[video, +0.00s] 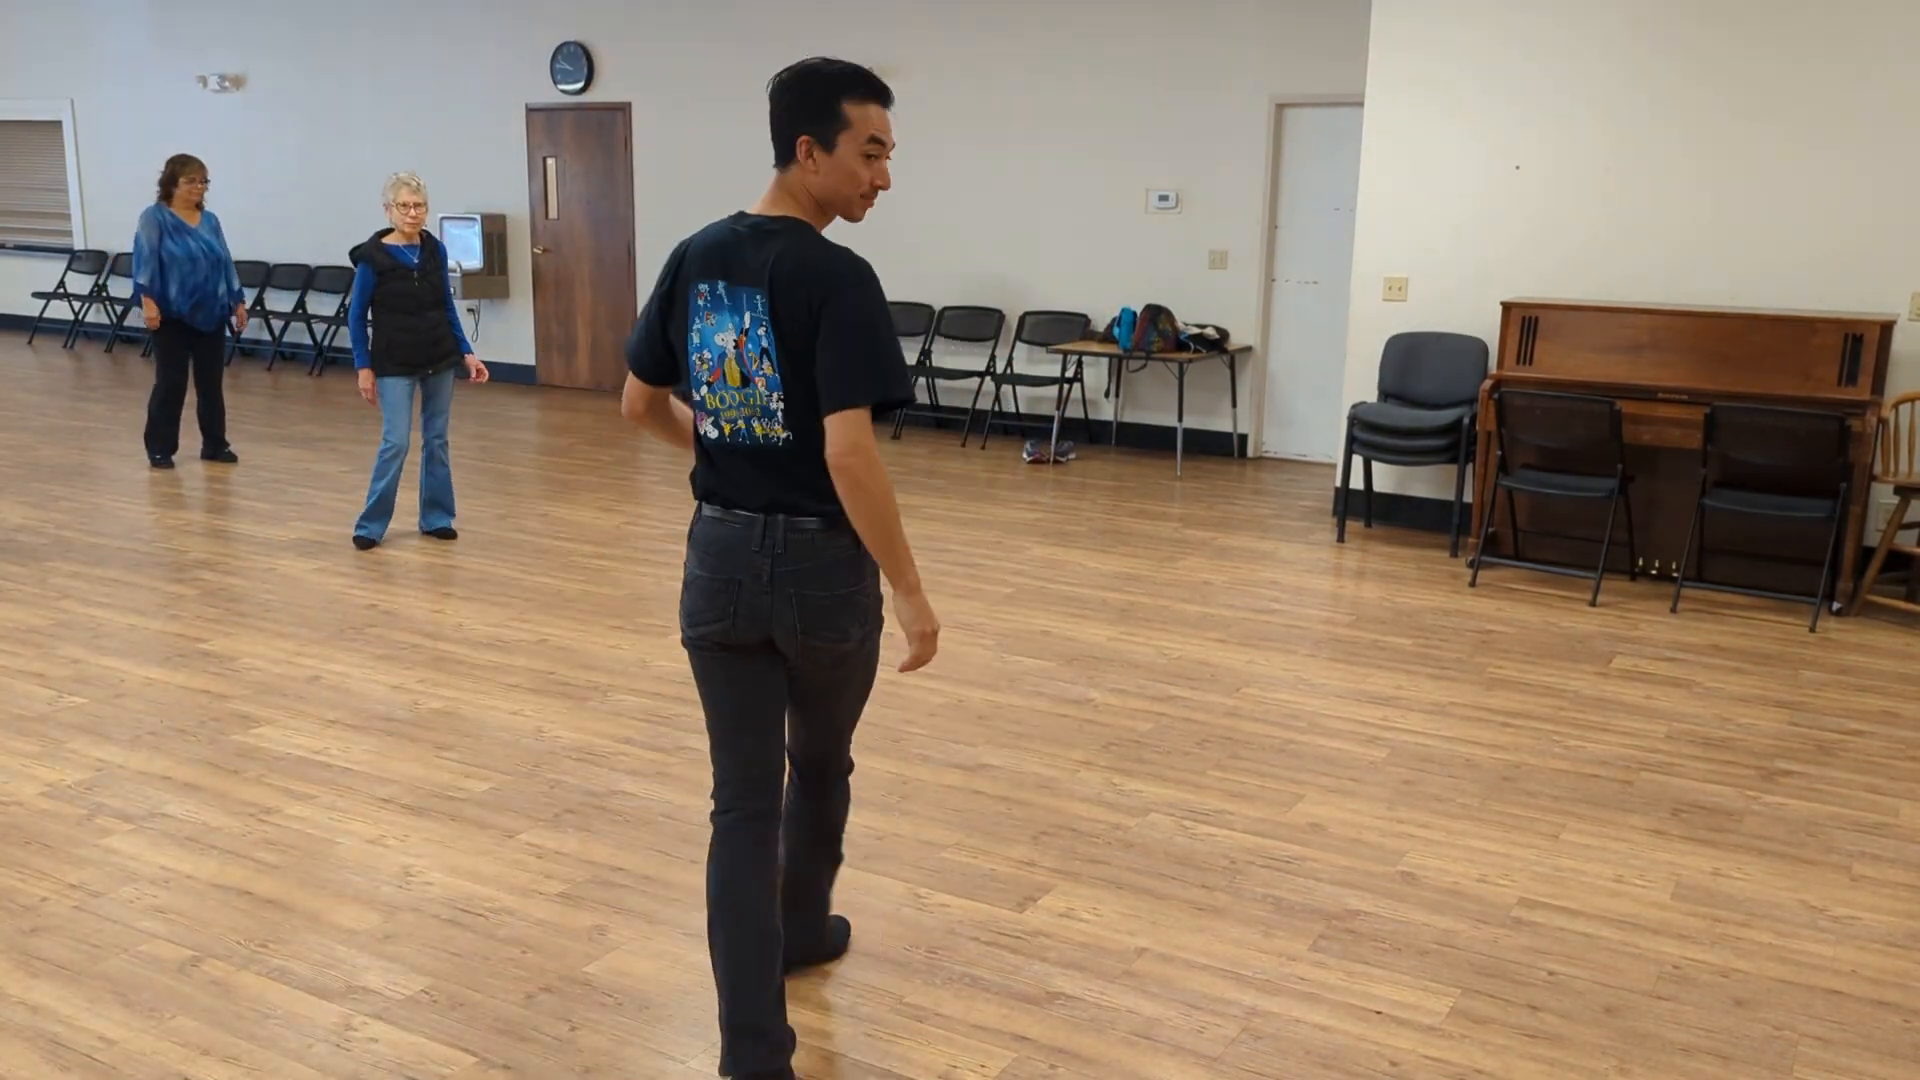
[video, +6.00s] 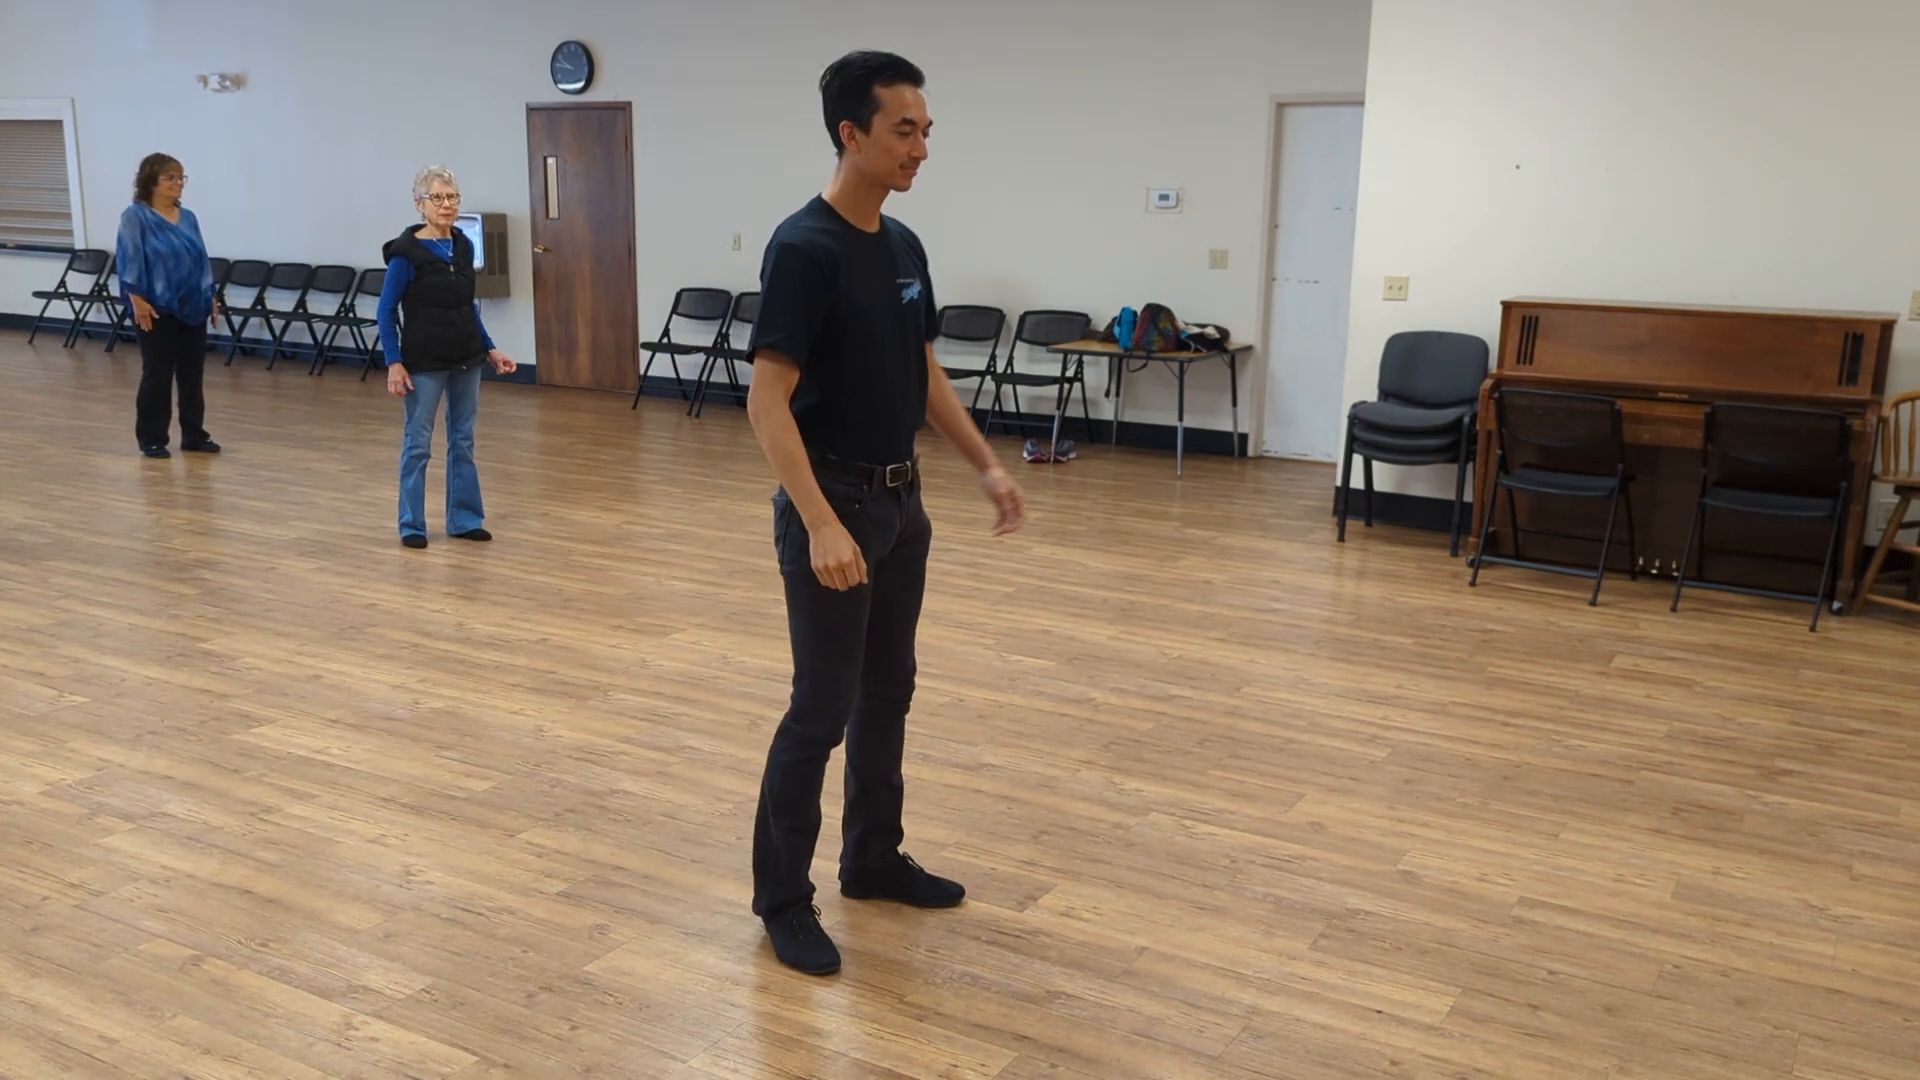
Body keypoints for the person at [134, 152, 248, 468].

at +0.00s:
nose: (201, 187)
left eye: (203, 181)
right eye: (193, 181)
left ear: (205, 184)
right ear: (174, 183)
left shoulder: (209, 220)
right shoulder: (154, 217)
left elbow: (226, 263)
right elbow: (144, 263)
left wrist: (237, 301)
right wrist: (148, 301)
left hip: (210, 314)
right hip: (171, 314)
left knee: (211, 383)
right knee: (171, 384)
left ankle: (215, 445)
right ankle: (160, 451)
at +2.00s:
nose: (176, 183)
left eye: (182, 178)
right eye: (169, 178)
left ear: (190, 183)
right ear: (157, 182)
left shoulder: (197, 218)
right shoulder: (143, 215)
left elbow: (211, 261)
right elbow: (137, 262)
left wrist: (221, 297)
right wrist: (148, 296)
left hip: (195, 308)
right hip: (159, 307)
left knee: (193, 373)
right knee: (163, 373)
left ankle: (193, 434)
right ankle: (154, 439)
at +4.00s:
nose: (168, 183)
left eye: (174, 178)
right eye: (161, 178)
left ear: (180, 183)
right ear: (147, 183)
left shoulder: (188, 218)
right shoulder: (135, 216)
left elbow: (202, 262)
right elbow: (130, 262)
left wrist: (212, 296)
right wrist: (139, 298)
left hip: (192, 307)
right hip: (156, 308)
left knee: (192, 375)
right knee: (157, 375)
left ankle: (193, 436)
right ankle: (152, 440)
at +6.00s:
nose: (179, 183)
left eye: (181, 178)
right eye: (171, 178)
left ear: (182, 182)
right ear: (152, 181)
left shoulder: (187, 216)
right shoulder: (135, 216)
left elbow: (201, 261)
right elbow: (130, 263)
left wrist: (211, 295)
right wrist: (137, 299)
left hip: (193, 307)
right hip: (157, 307)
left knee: (192, 375)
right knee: (158, 375)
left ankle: (194, 436)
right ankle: (152, 440)